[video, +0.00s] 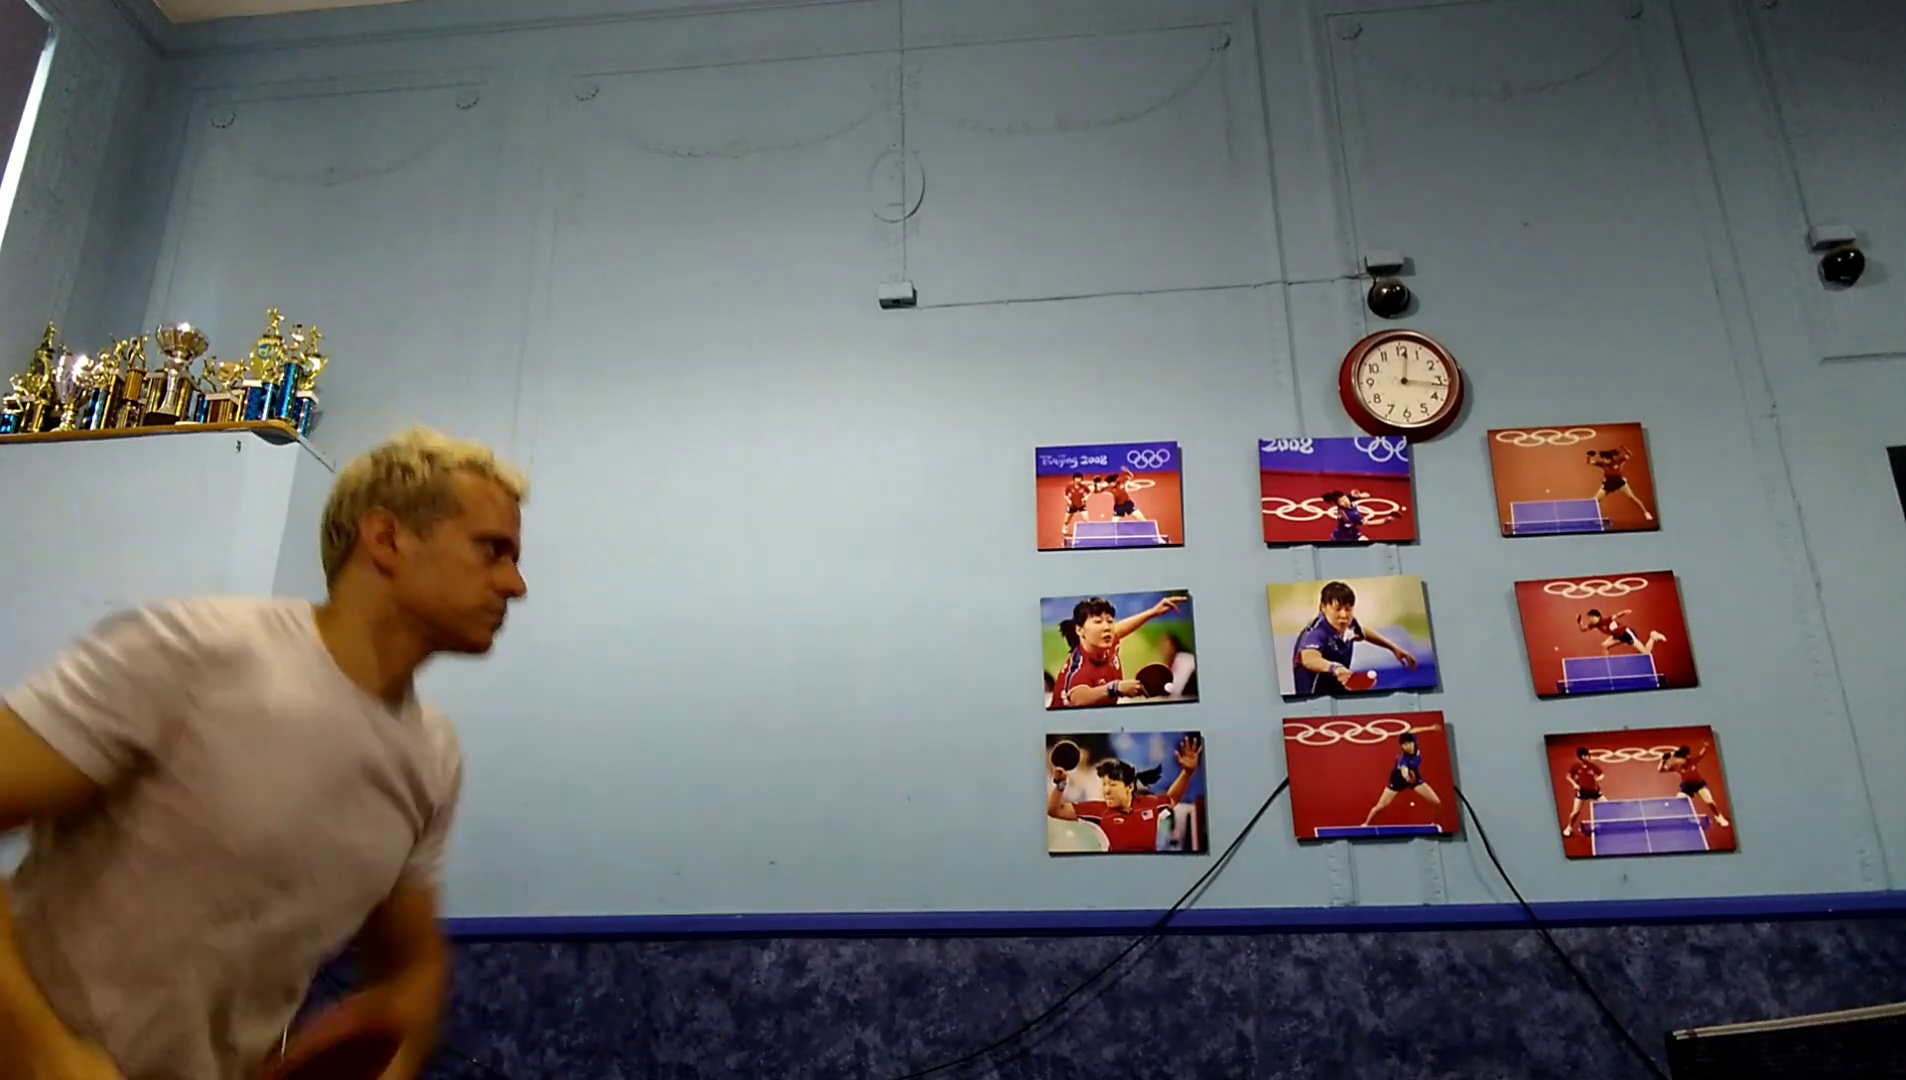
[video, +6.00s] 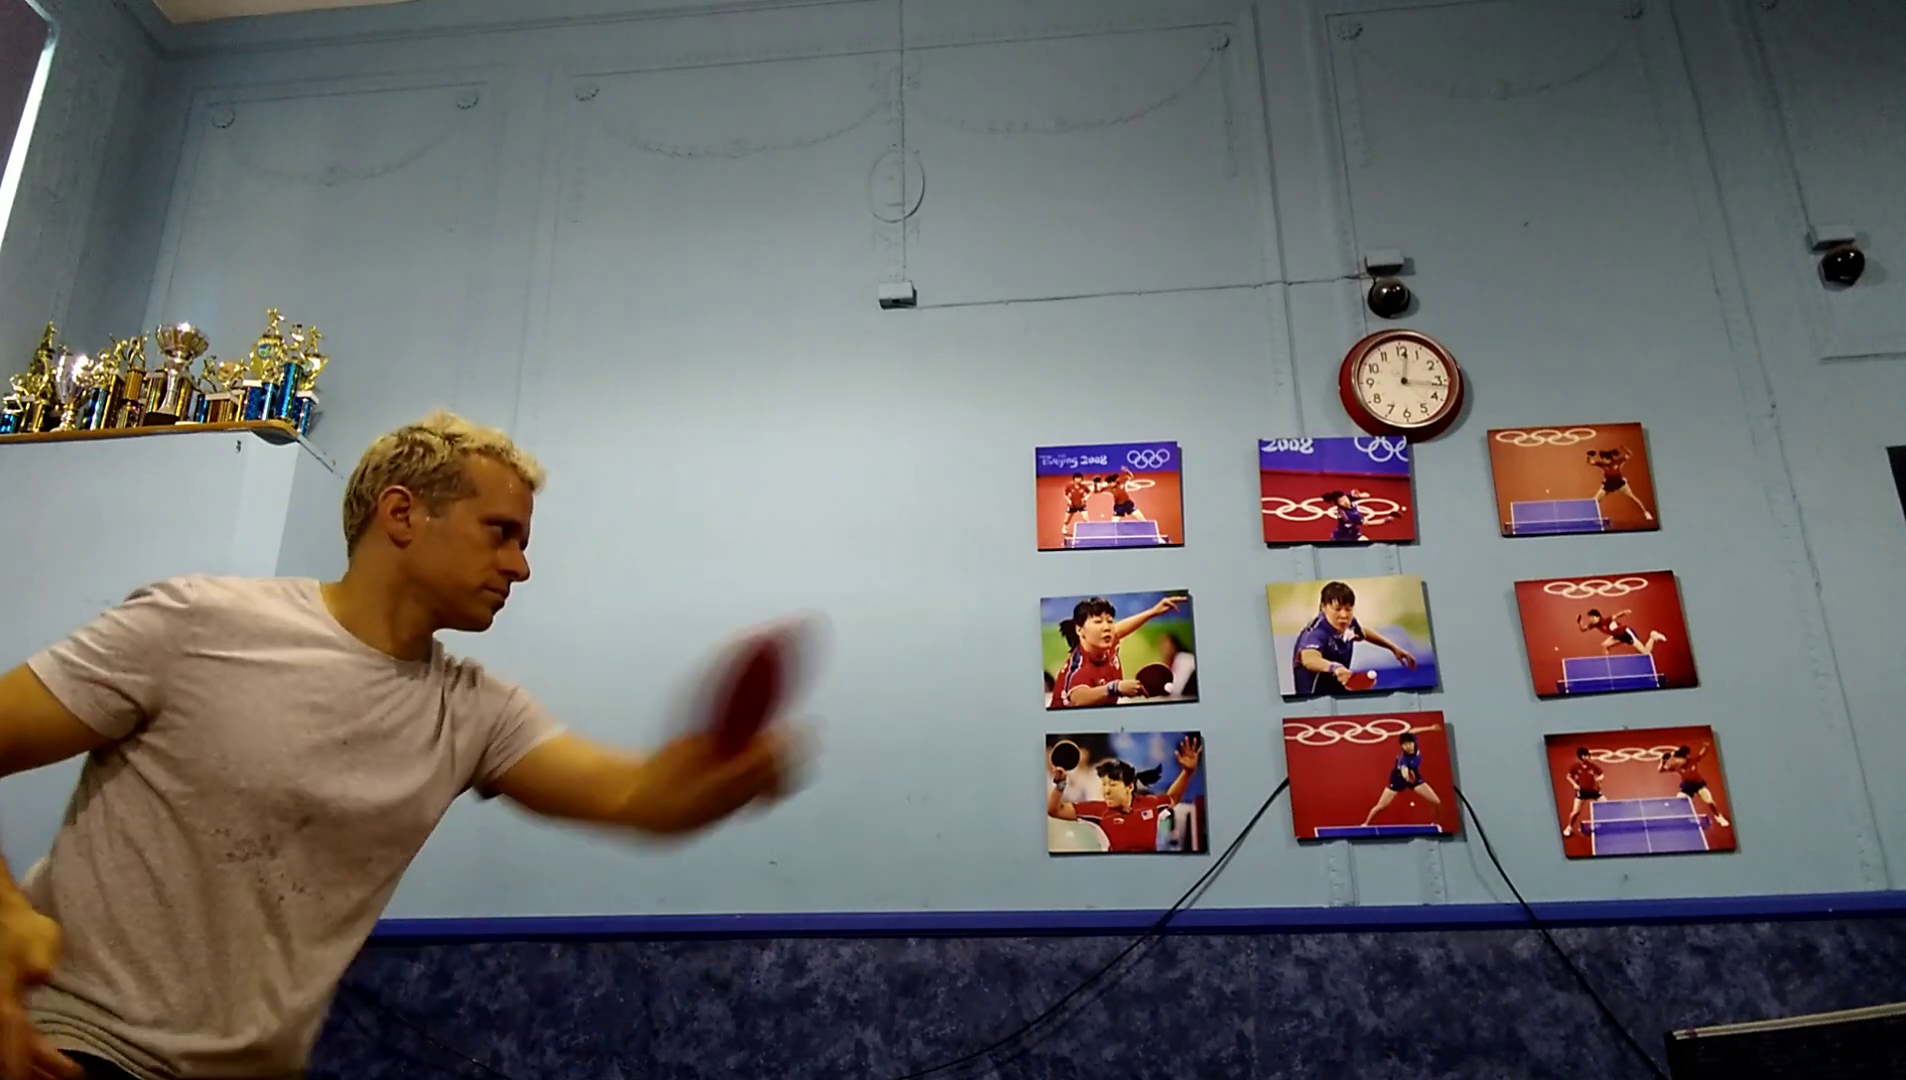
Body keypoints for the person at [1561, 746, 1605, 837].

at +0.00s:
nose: (1588, 758)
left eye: (1588, 755)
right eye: (1586, 756)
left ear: (1588, 756)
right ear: (1581, 757)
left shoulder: (1592, 766)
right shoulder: (1576, 766)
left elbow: (1602, 774)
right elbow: (1568, 776)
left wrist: (1598, 779)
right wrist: (1574, 784)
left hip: (1594, 791)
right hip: (1582, 791)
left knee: (1607, 806)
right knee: (1576, 812)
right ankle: (1569, 827)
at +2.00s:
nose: (1588, 758)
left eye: (1588, 755)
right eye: (1586, 756)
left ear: (1588, 756)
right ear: (1581, 757)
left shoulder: (1592, 766)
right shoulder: (1576, 767)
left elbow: (1602, 774)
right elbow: (1568, 776)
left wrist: (1598, 779)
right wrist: (1574, 784)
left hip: (1594, 791)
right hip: (1582, 791)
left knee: (1607, 806)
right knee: (1576, 812)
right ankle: (1569, 827)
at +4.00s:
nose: (1587, 758)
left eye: (1588, 755)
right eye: (1585, 755)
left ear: (1589, 756)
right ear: (1581, 757)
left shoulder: (1592, 766)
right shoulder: (1576, 766)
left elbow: (1602, 774)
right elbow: (1568, 776)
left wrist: (1598, 779)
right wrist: (1574, 785)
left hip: (1594, 791)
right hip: (1582, 791)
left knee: (1606, 806)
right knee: (1576, 811)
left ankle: (1606, 826)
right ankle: (1569, 827)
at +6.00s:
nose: (1587, 757)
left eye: (1588, 755)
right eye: (1585, 755)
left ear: (1589, 756)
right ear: (1581, 757)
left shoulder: (1592, 766)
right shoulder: (1576, 767)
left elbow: (1602, 774)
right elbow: (1568, 776)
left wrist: (1598, 779)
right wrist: (1574, 785)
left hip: (1594, 791)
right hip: (1582, 791)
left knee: (1606, 805)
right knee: (1576, 812)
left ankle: (1606, 826)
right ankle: (1569, 827)